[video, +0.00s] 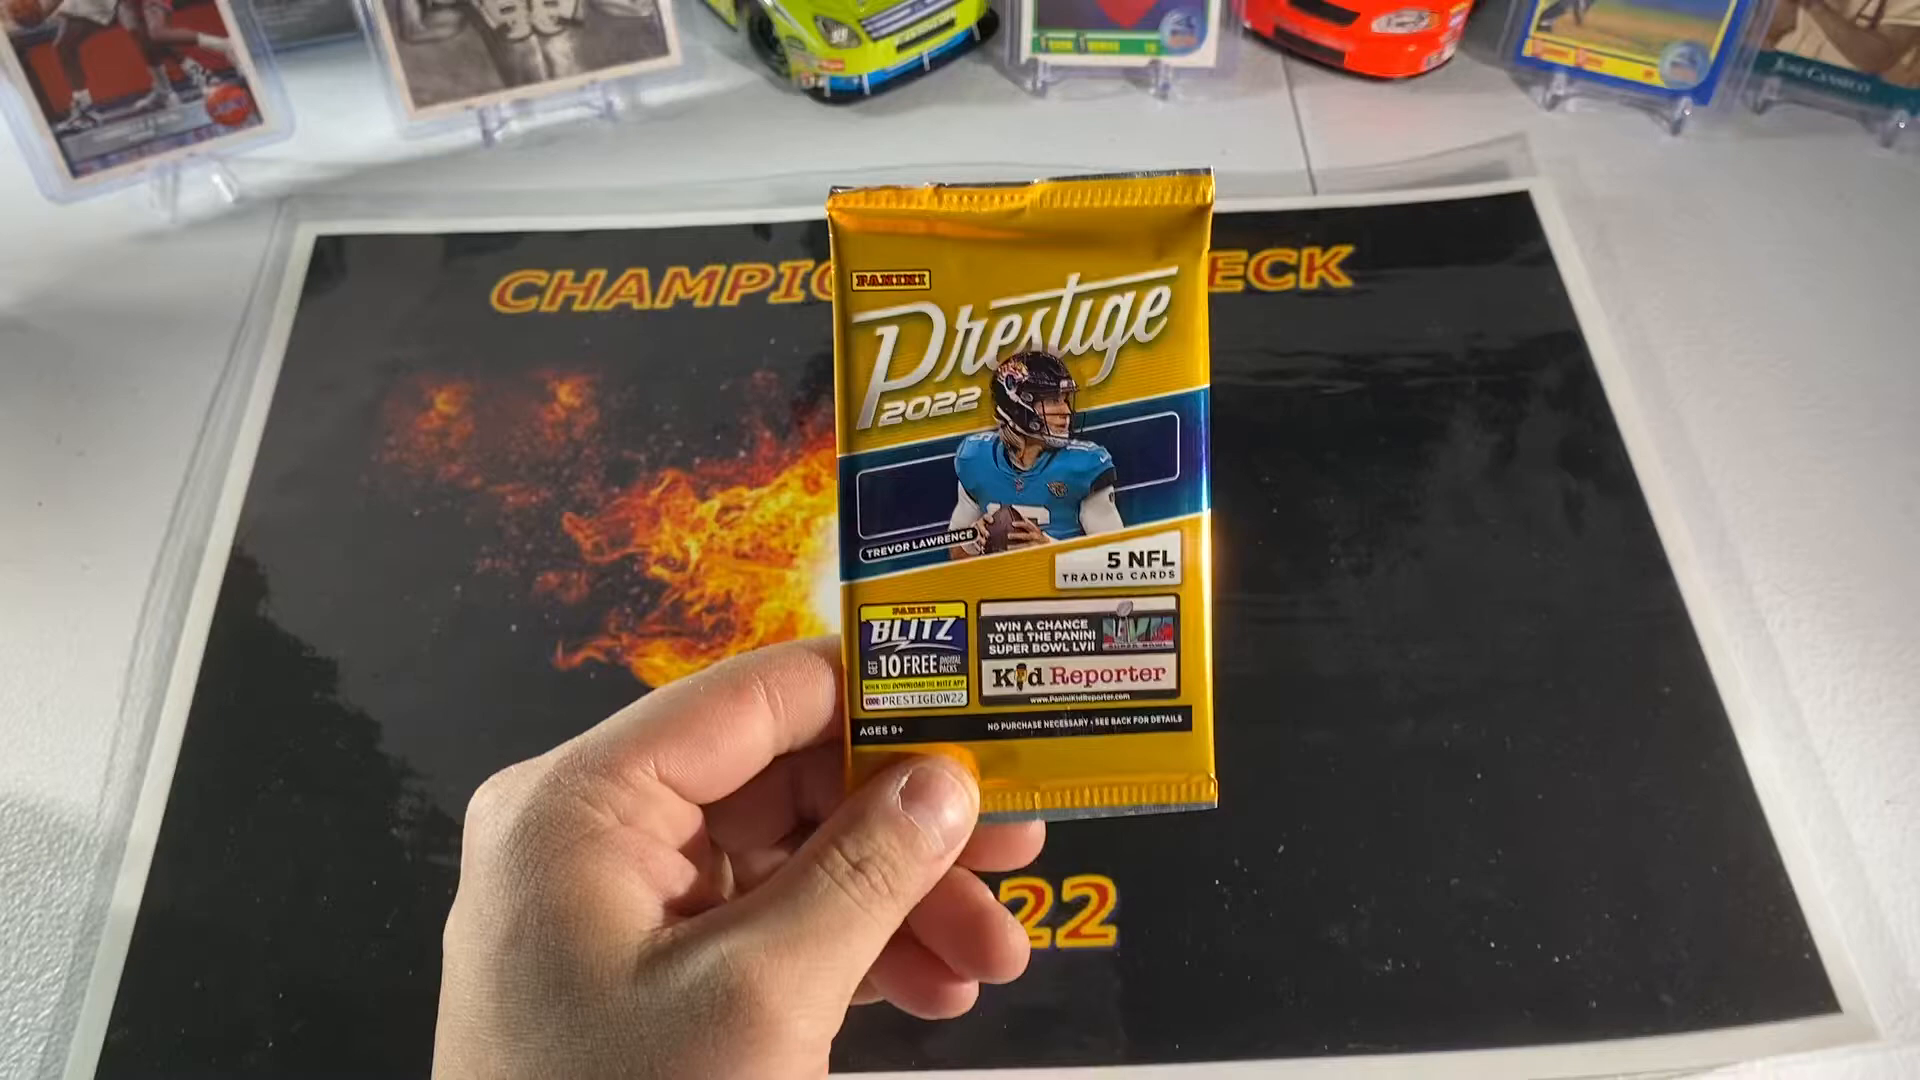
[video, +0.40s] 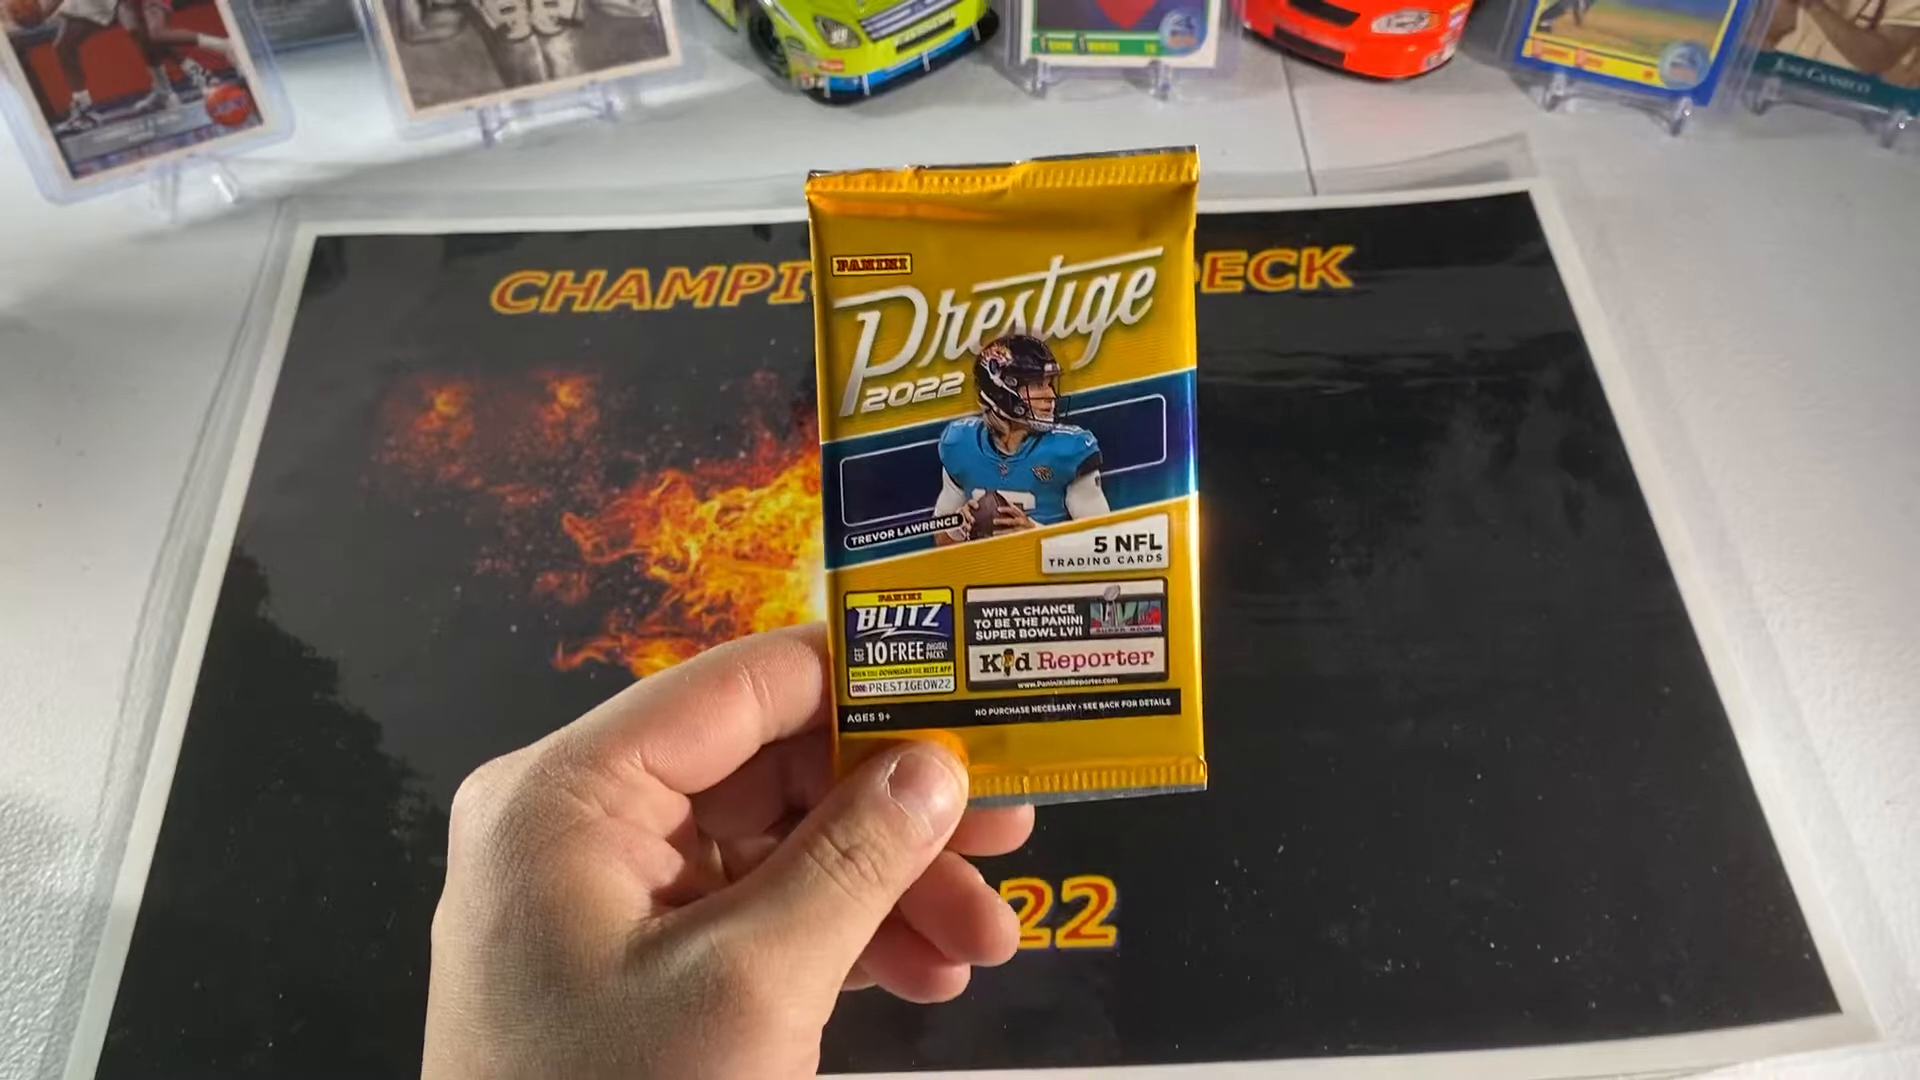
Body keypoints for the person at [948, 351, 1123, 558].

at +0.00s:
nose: (1064, 410)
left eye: (1065, 399)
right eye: (1049, 400)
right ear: (1016, 405)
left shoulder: (1086, 464)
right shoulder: (974, 457)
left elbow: (1114, 553)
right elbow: (957, 550)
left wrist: (1052, 548)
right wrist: (974, 542)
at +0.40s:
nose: (1049, 394)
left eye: (1049, 384)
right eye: (1034, 384)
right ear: (1000, 390)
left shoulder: (1072, 449)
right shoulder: (958, 443)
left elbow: (1101, 538)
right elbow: (942, 537)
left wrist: (1037, 532)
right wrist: (962, 527)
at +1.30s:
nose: (1049, 403)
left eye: (1049, 392)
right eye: (1036, 392)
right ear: (1003, 397)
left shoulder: (1069, 454)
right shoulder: (961, 445)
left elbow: (1095, 539)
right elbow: (944, 537)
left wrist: (1035, 533)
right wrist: (964, 527)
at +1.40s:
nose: (1061, 413)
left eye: (1061, 402)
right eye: (1047, 403)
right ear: (1015, 407)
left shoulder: (1081, 464)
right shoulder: (973, 454)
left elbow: (1106, 548)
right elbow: (957, 546)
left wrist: (1047, 543)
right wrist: (977, 536)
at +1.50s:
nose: (1060, 420)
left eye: (1061, 410)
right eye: (1048, 411)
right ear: (1016, 416)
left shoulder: (1080, 470)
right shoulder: (976, 462)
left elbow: (1107, 554)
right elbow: (960, 551)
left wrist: (1050, 547)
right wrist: (978, 541)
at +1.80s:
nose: (1065, 427)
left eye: (1065, 416)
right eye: (1051, 417)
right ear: (1019, 422)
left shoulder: (1085, 477)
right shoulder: (981, 470)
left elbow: (1113, 560)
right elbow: (965, 558)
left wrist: (1055, 554)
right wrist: (983, 549)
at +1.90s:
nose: (1070, 419)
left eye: (1071, 409)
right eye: (1057, 410)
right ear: (1026, 415)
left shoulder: (1091, 469)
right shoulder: (987, 462)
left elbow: (1117, 552)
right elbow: (971, 550)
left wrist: (1060, 546)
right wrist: (990, 540)